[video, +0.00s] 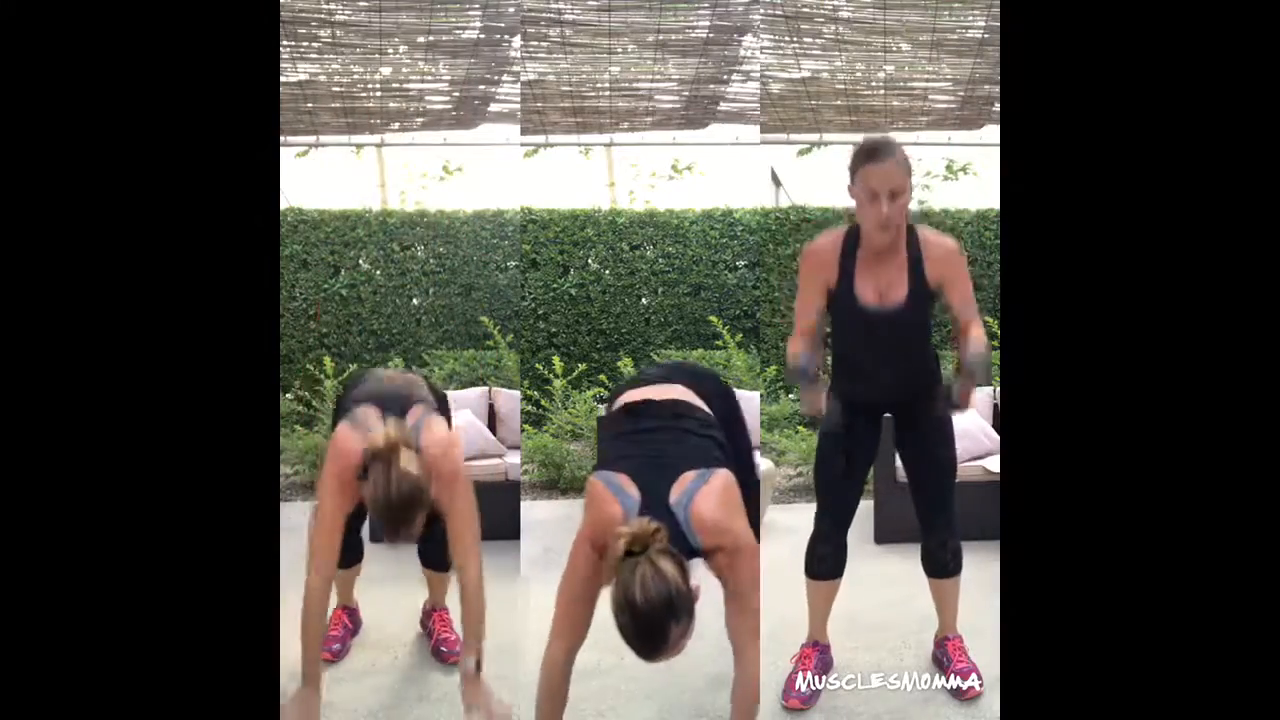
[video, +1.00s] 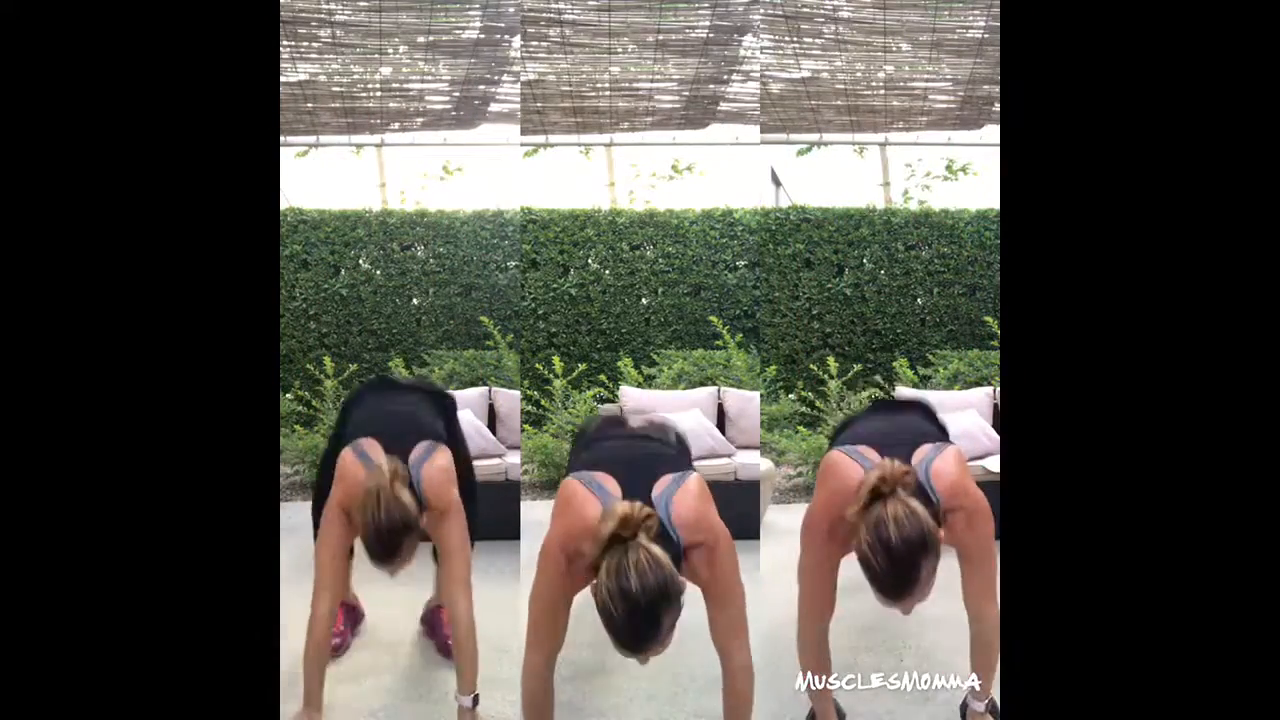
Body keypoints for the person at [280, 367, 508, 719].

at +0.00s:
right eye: (395, 532)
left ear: (425, 489)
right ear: (369, 490)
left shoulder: (443, 451)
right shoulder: (346, 449)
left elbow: (469, 568)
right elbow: (319, 576)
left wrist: (473, 676)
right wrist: (308, 688)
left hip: (425, 393)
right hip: (359, 391)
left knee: (441, 521)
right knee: (343, 520)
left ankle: (436, 610)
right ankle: (346, 609)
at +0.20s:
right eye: (355, 571)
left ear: (418, 556)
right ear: (351, 547)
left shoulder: (445, 505)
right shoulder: (338, 503)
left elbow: (463, 611)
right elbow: (305, 615)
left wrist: (467, 705)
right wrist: (311, 708)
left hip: (422, 371)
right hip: (352, 371)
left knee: (445, 476)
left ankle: (441, 549)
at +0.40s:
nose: (391, 623)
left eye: (399, 617)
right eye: (380, 618)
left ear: (419, 562)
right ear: (347, 563)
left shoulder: (451, 516)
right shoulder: (327, 519)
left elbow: (473, 625)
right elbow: (302, 628)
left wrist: (468, 708)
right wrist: (311, 710)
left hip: (431, 438)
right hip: (357, 440)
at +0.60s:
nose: (395, 602)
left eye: (408, 587)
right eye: (381, 592)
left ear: (427, 539)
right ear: (356, 550)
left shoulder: (452, 507)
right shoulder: (334, 508)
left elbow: (476, 621)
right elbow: (302, 625)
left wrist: (468, 707)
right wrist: (311, 708)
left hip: (431, 465)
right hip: (360, 466)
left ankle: (440, 546)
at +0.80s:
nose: (402, 603)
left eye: (408, 596)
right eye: (391, 600)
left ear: (426, 550)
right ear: (360, 555)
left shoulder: (448, 502)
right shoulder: (342, 505)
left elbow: (468, 617)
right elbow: (313, 617)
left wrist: (467, 706)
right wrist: (312, 709)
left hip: (427, 398)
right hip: (359, 398)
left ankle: (436, 547)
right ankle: (351, 552)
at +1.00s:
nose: (397, 567)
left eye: (403, 559)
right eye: (387, 563)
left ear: (417, 523)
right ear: (362, 526)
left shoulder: (442, 490)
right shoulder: (341, 495)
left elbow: (461, 604)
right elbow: (323, 609)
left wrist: (467, 703)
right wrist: (311, 708)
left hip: (432, 403)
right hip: (364, 403)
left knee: (459, 513)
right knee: (327, 509)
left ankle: (440, 607)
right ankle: (346, 604)